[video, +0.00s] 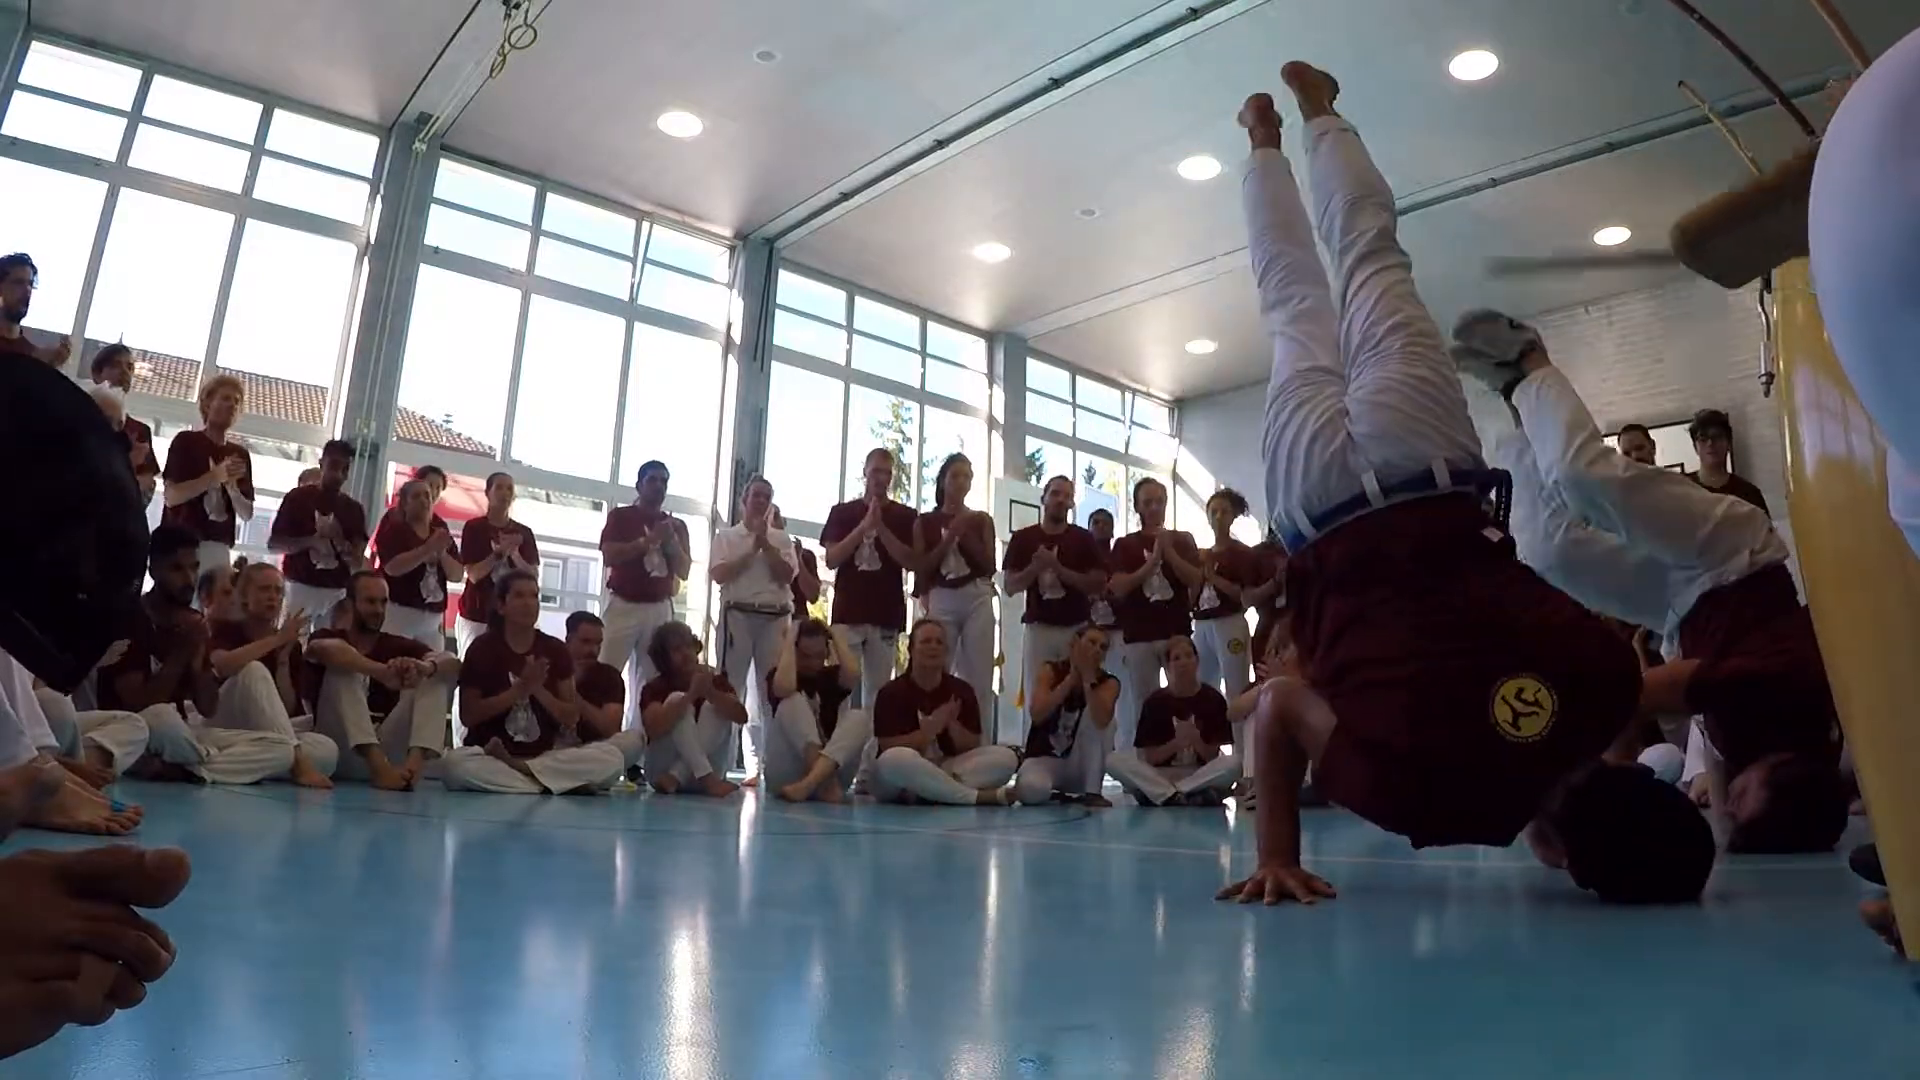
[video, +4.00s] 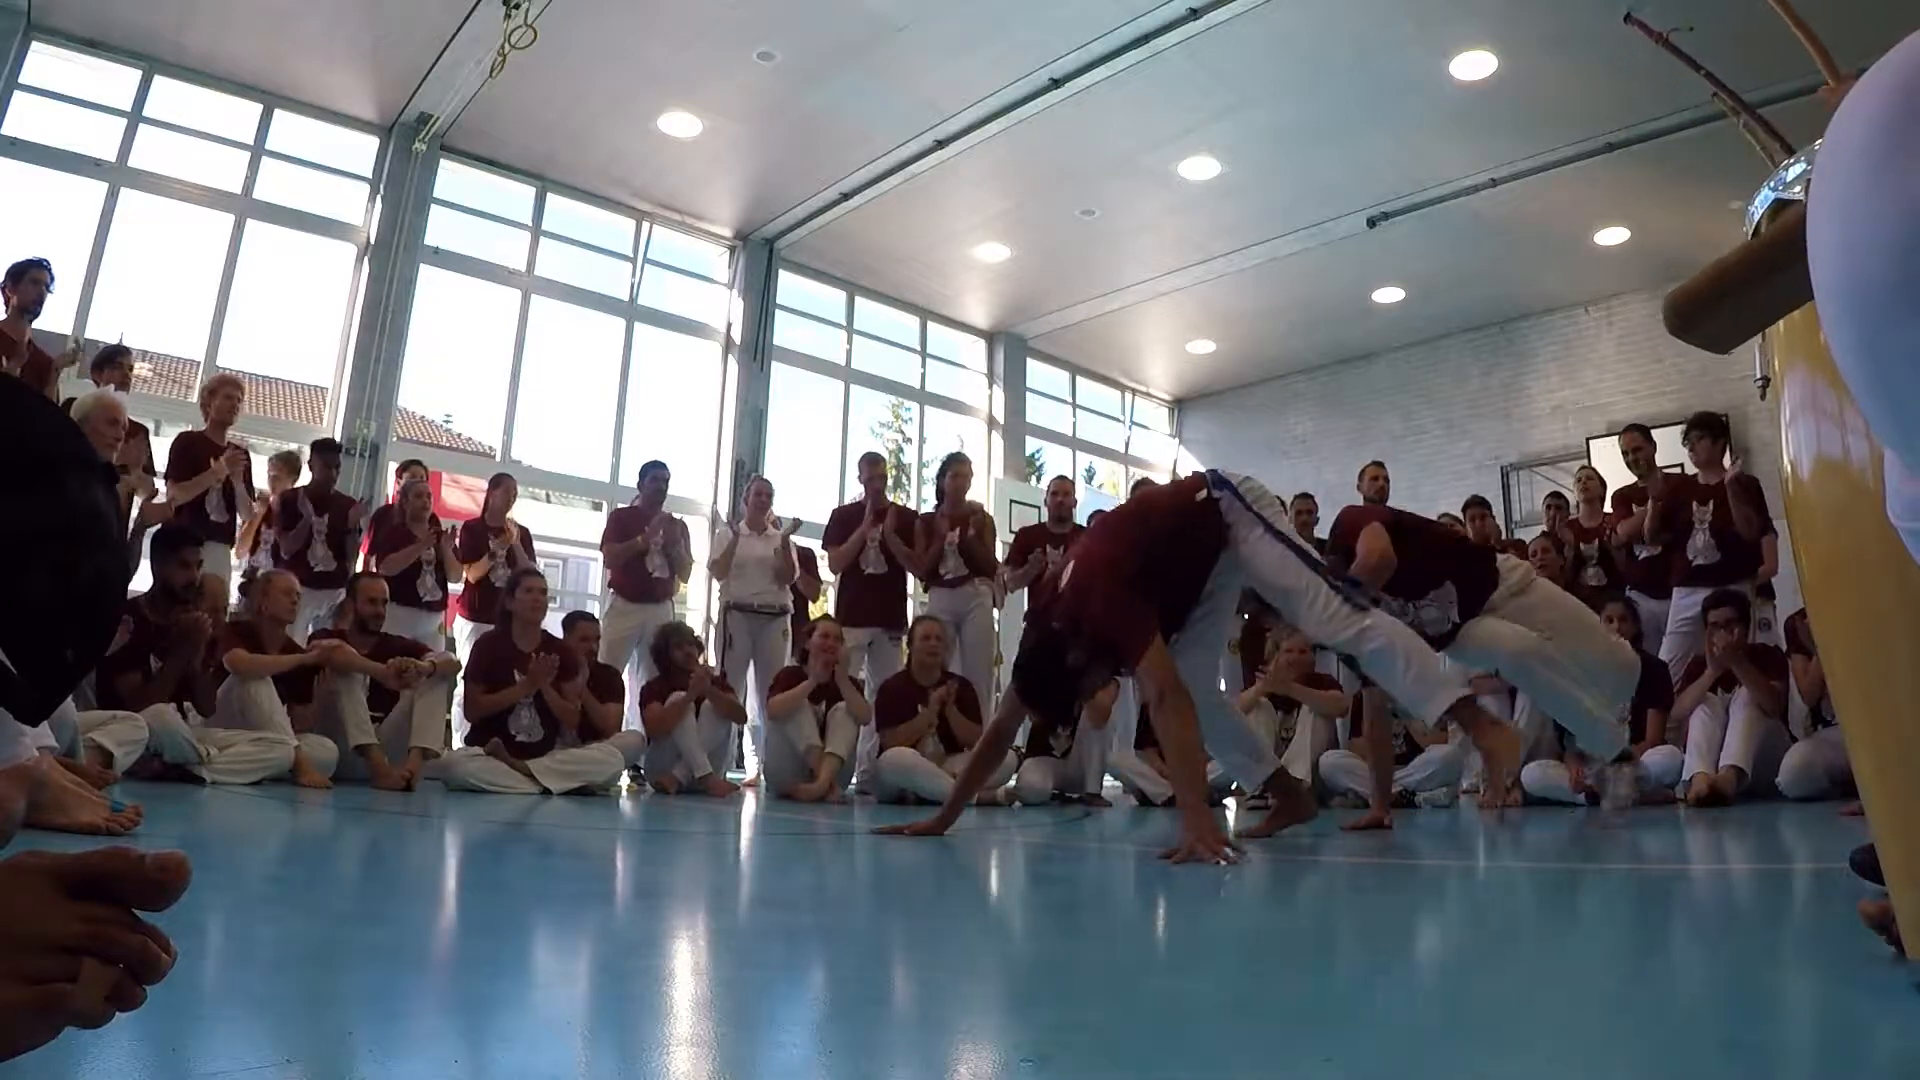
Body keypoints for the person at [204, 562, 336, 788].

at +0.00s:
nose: (273, 597)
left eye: (278, 590)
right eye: (264, 589)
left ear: (283, 597)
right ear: (245, 595)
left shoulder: (290, 644)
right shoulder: (224, 630)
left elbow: (290, 709)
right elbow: (221, 665)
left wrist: (283, 662)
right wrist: (281, 638)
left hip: (270, 733)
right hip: (224, 725)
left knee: (326, 751)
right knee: (253, 671)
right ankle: (299, 762)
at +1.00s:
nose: (274, 597)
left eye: (279, 591)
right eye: (265, 589)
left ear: (284, 597)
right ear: (245, 594)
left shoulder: (285, 641)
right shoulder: (224, 628)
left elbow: (290, 712)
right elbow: (220, 666)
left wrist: (283, 665)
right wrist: (273, 637)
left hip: (271, 733)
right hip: (223, 725)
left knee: (327, 751)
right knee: (253, 671)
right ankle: (299, 762)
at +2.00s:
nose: (273, 597)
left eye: (278, 591)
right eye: (264, 589)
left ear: (283, 597)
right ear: (244, 593)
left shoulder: (290, 647)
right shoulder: (225, 630)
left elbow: (290, 708)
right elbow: (219, 667)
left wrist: (281, 661)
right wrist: (274, 637)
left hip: (271, 732)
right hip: (223, 724)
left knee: (326, 751)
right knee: (253, 671)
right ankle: (299, 763)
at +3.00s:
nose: (273, 598)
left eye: (278, 592)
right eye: (264, 590)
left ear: (283, 597)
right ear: (245, 595)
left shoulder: (289, 645)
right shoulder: (226, 630)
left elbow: (290, 712)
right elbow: (220, 665)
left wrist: (282, 665)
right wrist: (279, 640)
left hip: (273, 734)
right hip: (225, 726)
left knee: (326, 752)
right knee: (253, 671)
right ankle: (300, 763)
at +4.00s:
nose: (295, 601)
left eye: (298, 596)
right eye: (287, 594)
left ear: (301, 601)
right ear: (262, 600)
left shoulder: (298, 654)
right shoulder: (233, 631)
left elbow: (301, 724)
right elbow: (239, 665)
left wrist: (322, 694)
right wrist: (305, 658)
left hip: (269, 736)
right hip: (222, 727)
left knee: (326, 753)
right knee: (253, 678)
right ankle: (298, 762)